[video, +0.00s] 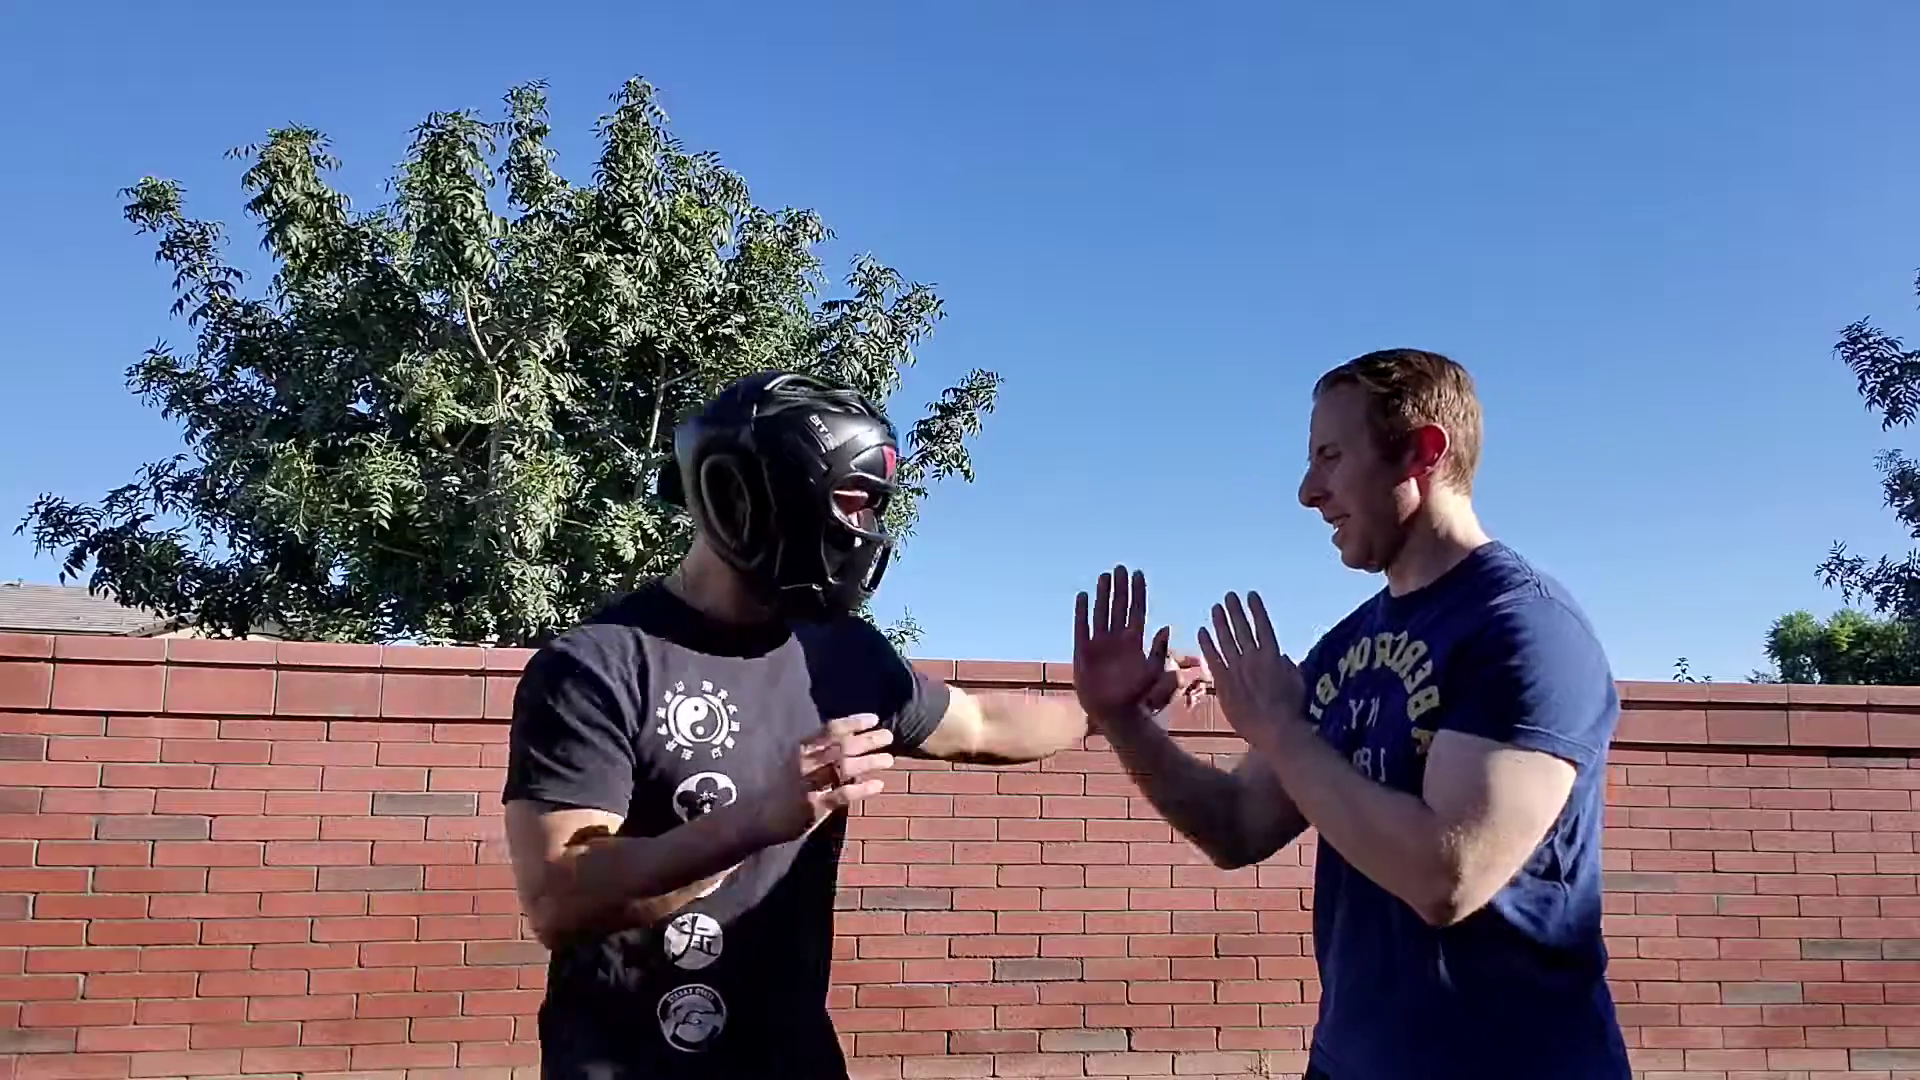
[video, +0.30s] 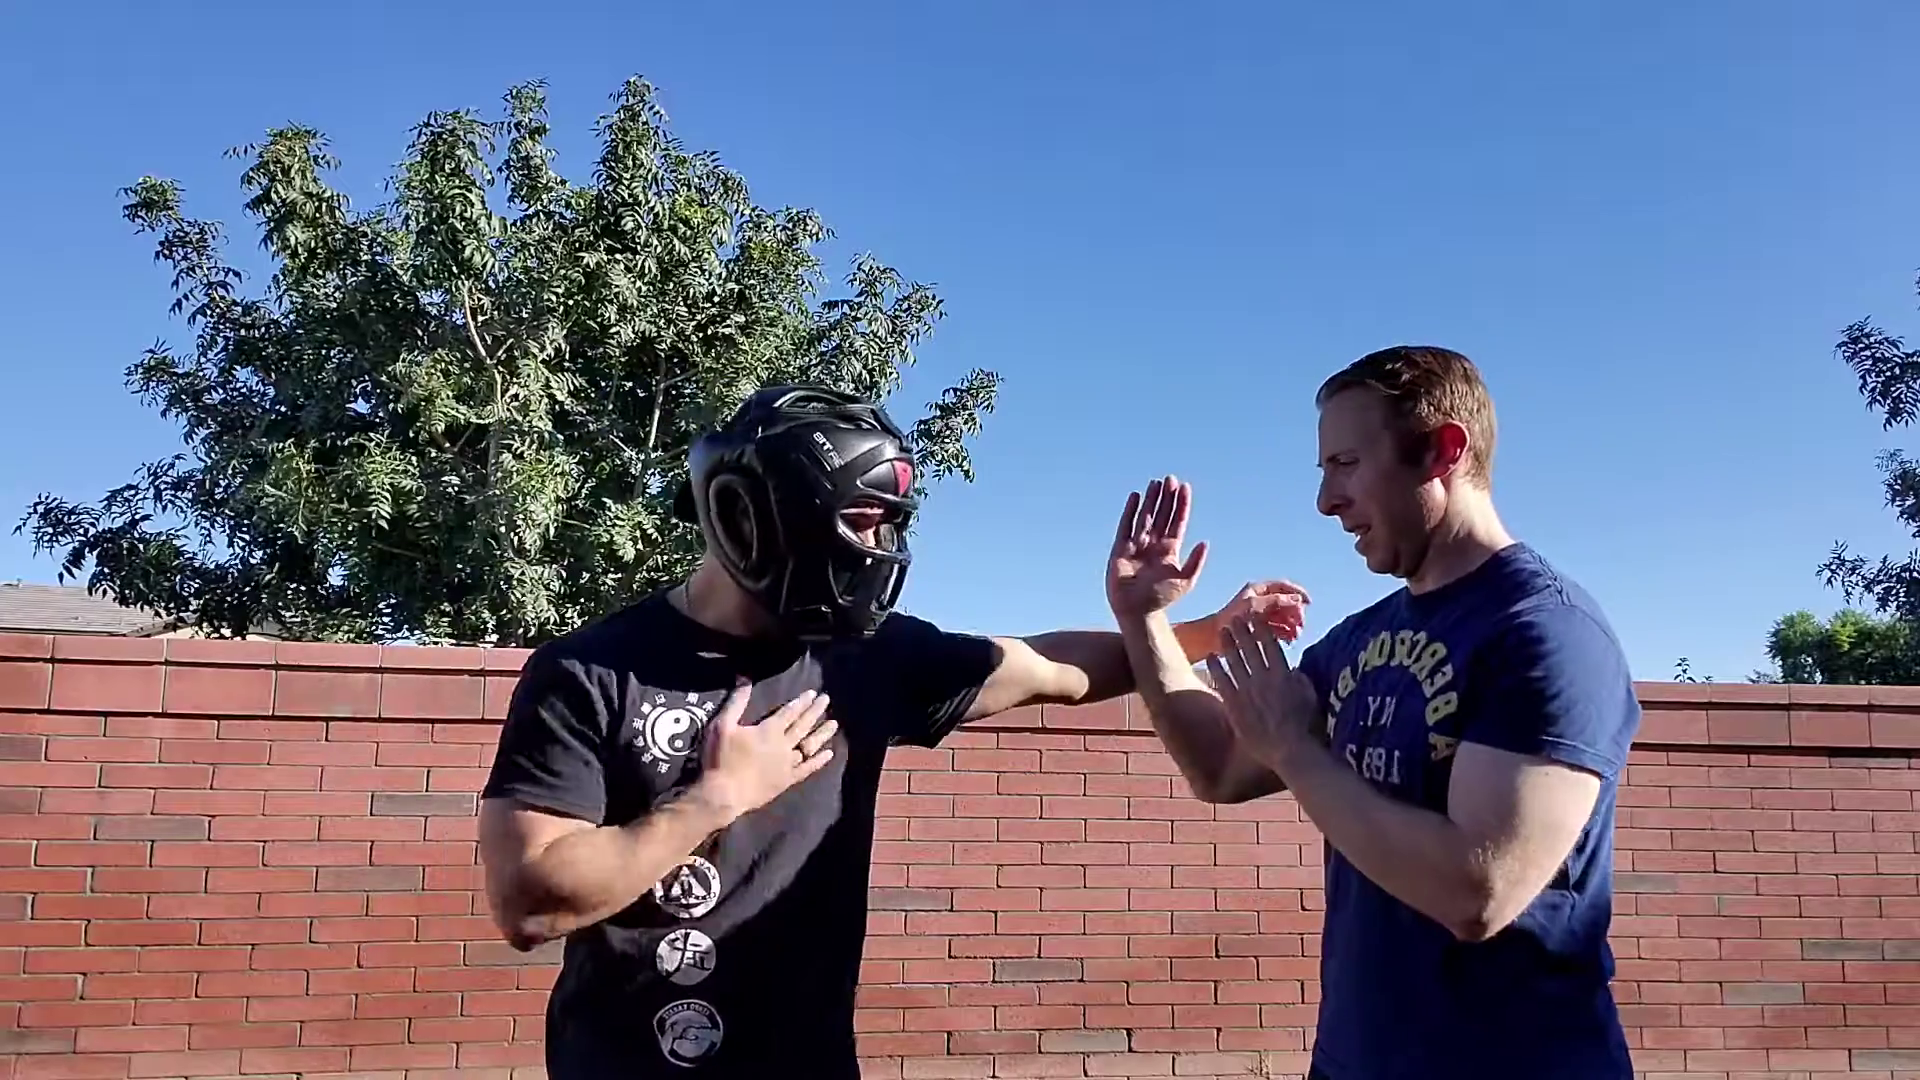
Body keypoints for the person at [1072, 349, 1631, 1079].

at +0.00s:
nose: (1309, 490)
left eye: (1330, 455)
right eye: (1313, 462)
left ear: (1422, 457)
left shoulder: (1531, 630)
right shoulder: (1346, 649)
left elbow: (1447, 877)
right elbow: (1238, 829)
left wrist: (1284, 734)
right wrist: (1125, 722)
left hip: (1511, 1057)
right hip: (1356, 1052)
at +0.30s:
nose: (1325, 498)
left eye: (1345, 463)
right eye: (1326, 470)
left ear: (1445, 455)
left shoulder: (1551, 633)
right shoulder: (1353, 643)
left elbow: (1478, 892)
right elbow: (1223, 769)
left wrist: (1296, 751)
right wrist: (1143, 621)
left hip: (1518, 1058)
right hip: (1357, 1051)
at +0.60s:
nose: (1311, 506)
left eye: (1331, 470)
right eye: (1311, 478)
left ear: (1427, 459)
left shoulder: (1535, 636)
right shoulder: (1354, 646)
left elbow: (1461, 897)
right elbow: (1219, 775)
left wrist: (1274, 769)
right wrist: (1149, 624)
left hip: (1513, 1059)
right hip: (1357, 1051)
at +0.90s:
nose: (1248, 511)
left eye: (1266, 478)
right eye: (1248, 483)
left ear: (1356, 470)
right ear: (1359, 476)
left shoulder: (1376, 623)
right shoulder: (1439, 612)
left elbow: (1107, 726)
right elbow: (1302, 805)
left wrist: (910, 609)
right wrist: (1212, 673)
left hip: (1429, 1057)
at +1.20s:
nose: (1268, 506)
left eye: (1289, 473)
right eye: (1267, 479)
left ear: (1385, 463)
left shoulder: (1426, 606)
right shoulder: (1378, 615)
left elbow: (1146, 718)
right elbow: (1294, 806)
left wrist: (917, 633)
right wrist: (1204, 678)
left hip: (1476, 1052)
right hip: (1384, 1049)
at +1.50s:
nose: (1267, 502)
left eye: (1288, 467)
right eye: (1269, 473)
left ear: (1382, 462)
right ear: (1381, 469)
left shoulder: (1440, 621)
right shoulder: (1386, 623)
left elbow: (1247, 817)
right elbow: (1260, 796)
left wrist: (1056, 706)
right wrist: (1147, 710)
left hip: (1478, 1056)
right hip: (1395, 1052)